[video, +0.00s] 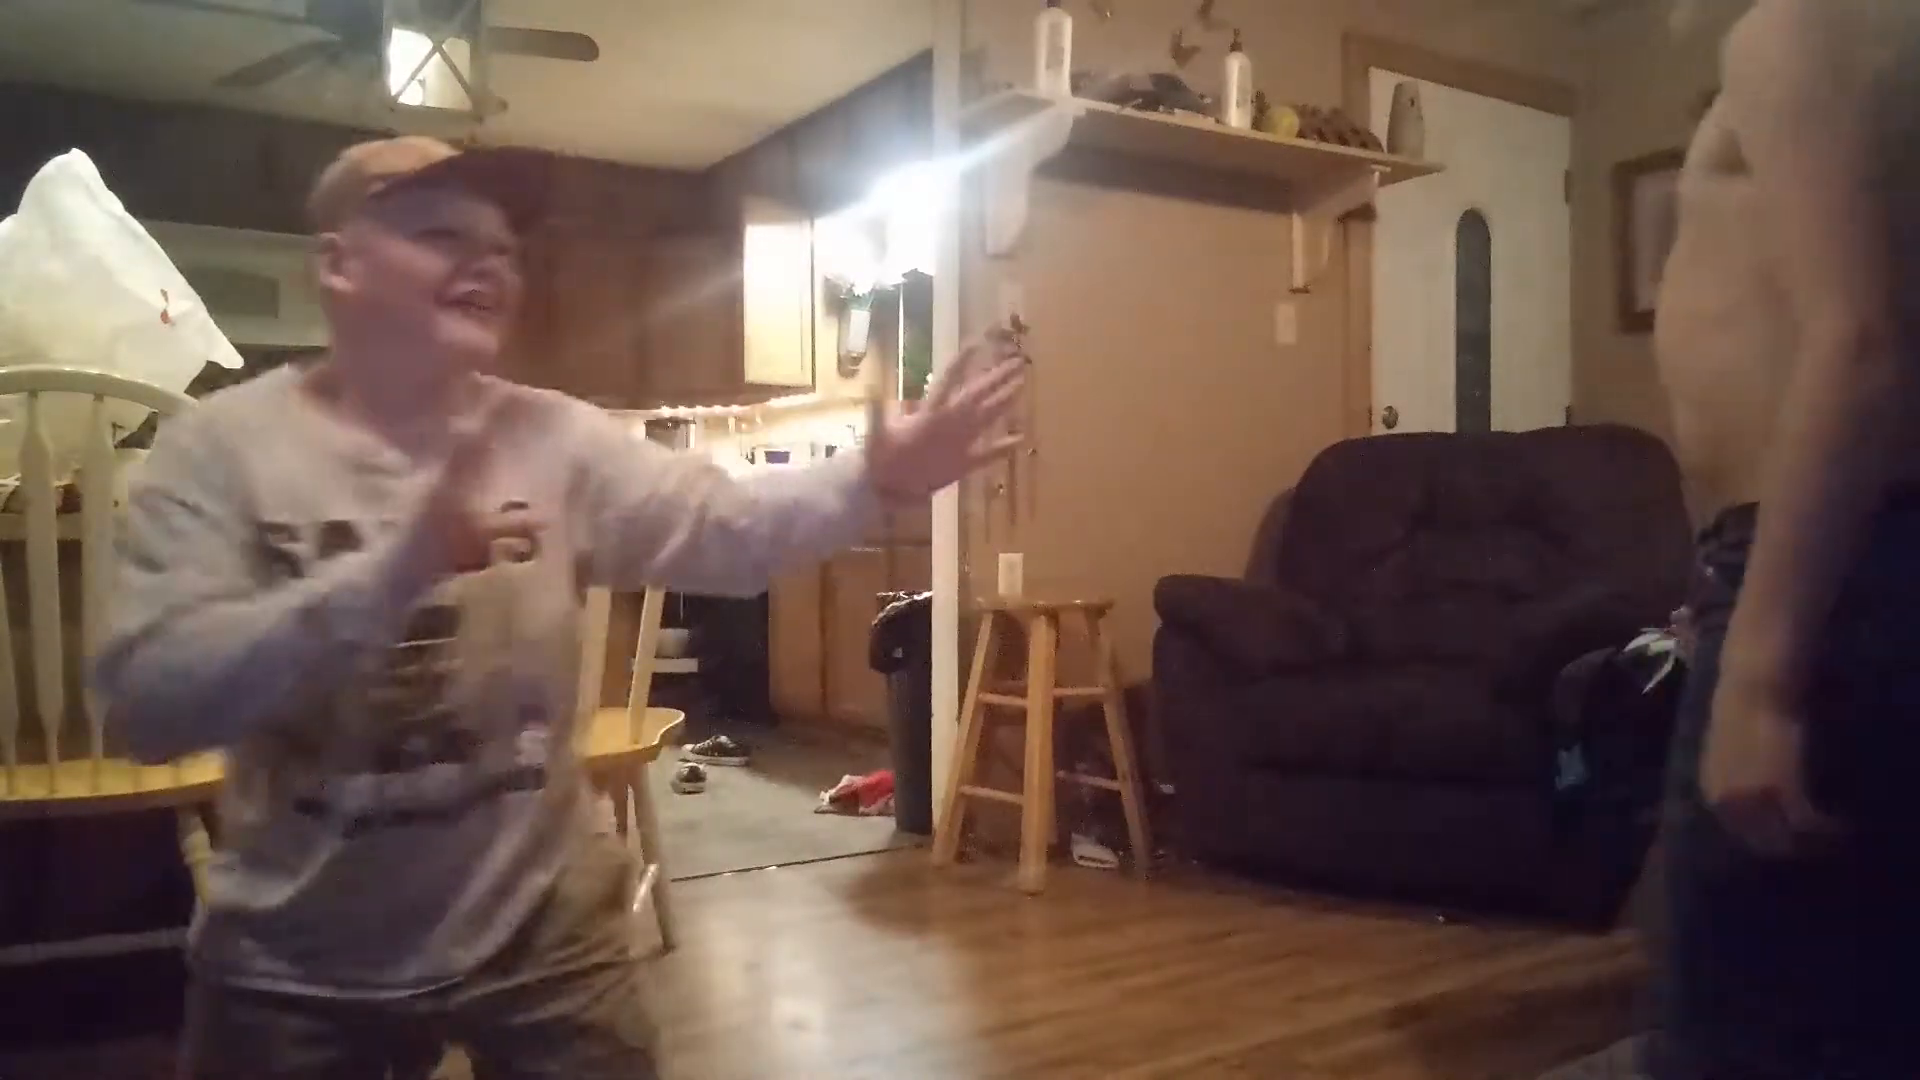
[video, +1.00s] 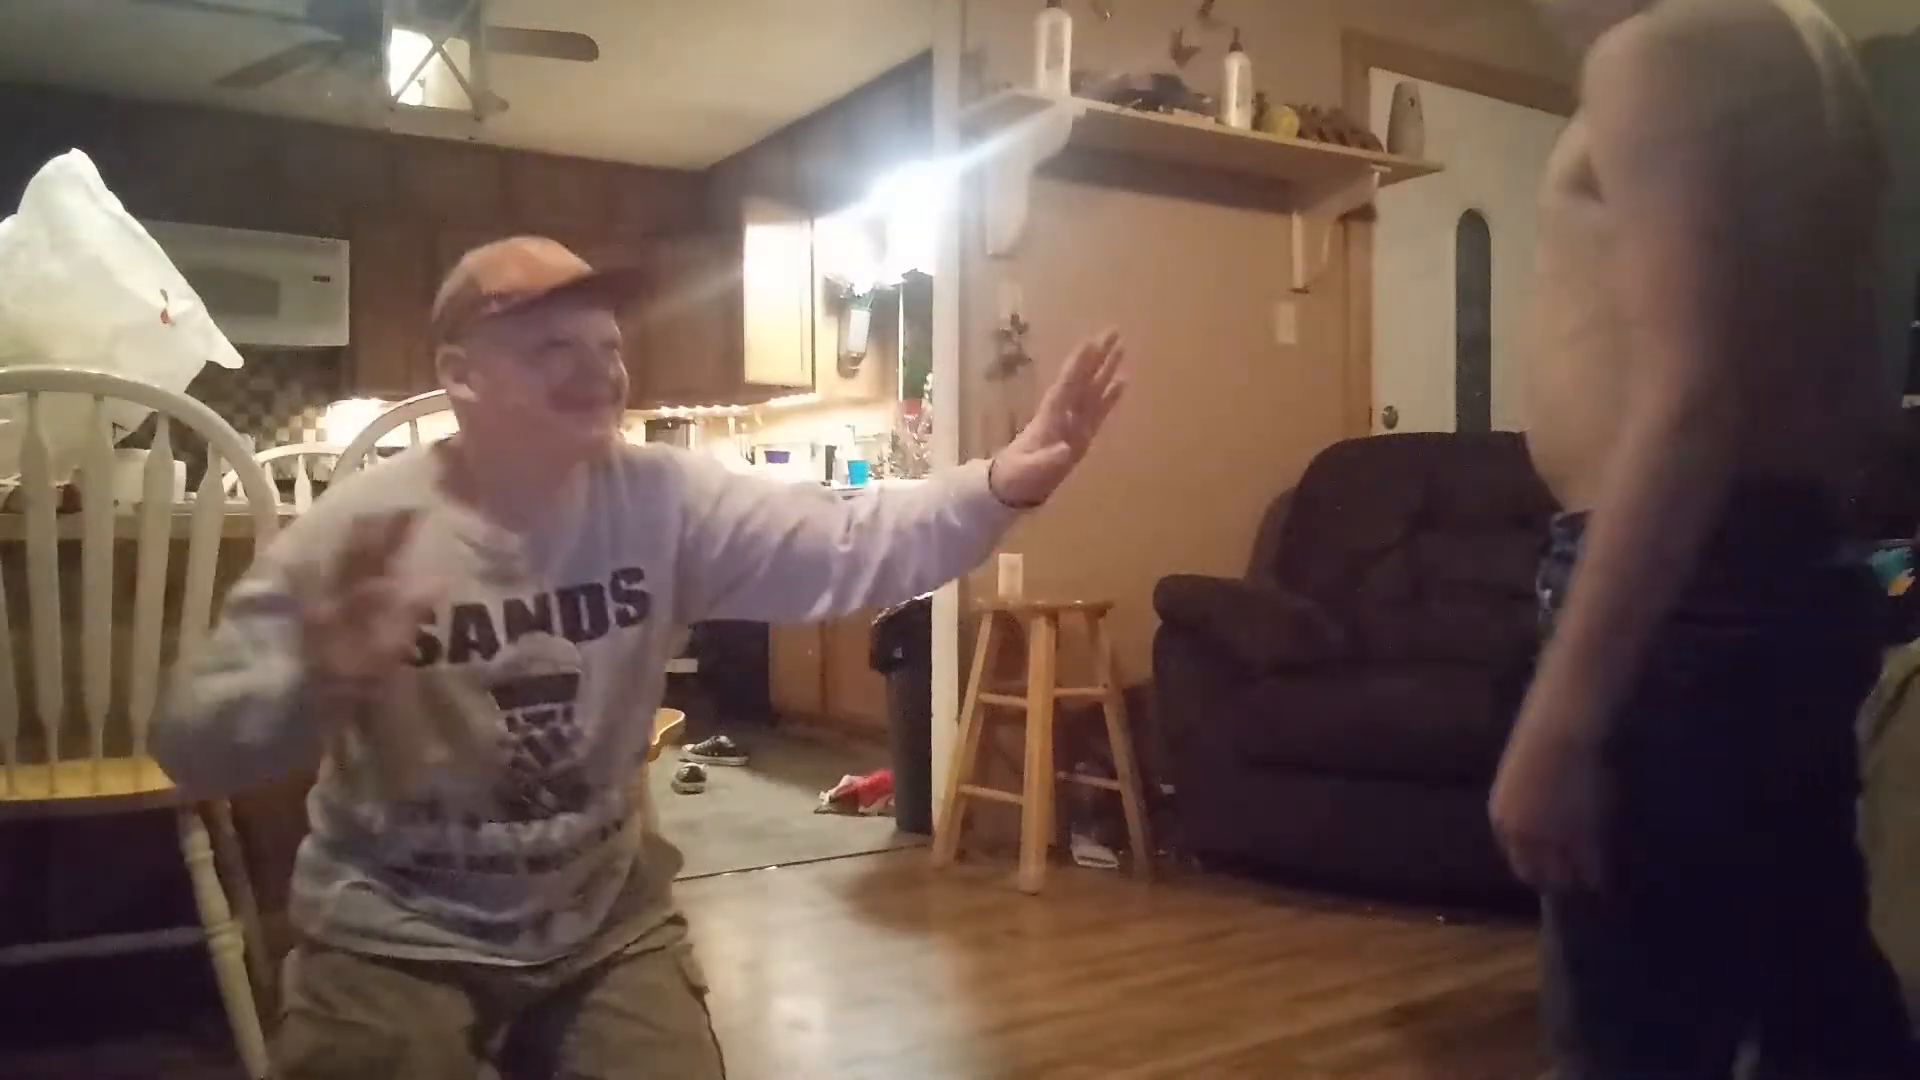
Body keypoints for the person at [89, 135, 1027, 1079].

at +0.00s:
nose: (490, 260)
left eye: (501, 242)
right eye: (441, 232)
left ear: (516, 285)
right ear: (337, 265)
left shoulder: (554, 439)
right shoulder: (214, 452)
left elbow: (717, 521)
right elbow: (144, 697)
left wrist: (869, 483)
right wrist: (395, 578)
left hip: (540, 923)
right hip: (296, 947)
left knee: (610, 1068)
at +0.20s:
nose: (452, 262)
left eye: (461, 248)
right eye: (404, 235)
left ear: (474, 280)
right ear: (290, 259)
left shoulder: (510, 437)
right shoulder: (148, 443)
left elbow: (707, 507)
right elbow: (17, 664)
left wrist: (871, 458)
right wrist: (235, 605)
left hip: (493, 930)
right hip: (247, 961)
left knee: (597, 1061)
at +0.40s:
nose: (464, 295)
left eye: (477, 275)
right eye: (418, 266)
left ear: (493, 297)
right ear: (311, 295)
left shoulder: (528, 449)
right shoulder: (175, 472)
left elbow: (714, 501)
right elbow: (8, 662)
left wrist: (888, 449)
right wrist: (106, 695)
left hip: (467, 948)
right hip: (231, 975)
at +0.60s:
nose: (527, 323)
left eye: (537, 300)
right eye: (484, 299)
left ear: (549, 317)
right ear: (380, 324)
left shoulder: (585, 476)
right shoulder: (249, 485)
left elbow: (776, 532)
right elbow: (96, 683)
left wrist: (926, 492)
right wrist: (134, 682)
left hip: (528, 917)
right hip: (288, 943)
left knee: (617, 1066)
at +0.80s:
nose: (583, 344)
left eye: (596, 324)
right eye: (543, 320)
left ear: (611, 342)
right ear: (448, 347)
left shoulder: (644, 488)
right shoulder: (332, 497)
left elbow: (838, 533)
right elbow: (173, 688)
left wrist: (998, 478)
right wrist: (214, 657)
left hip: (581, 914)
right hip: (359, 927)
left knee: (658, 1064)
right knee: (312, 1070)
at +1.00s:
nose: (598, 370)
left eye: (607, 343)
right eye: (557, 349)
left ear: (621, 351)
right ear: (465, 375)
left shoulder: (660, 498)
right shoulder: (356, 527)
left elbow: (844, 539)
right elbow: (192, 747)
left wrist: (1016, 476)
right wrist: (318, 675)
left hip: (604, 919)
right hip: (393, 932)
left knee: (676, 1066)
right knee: (364, 1067)